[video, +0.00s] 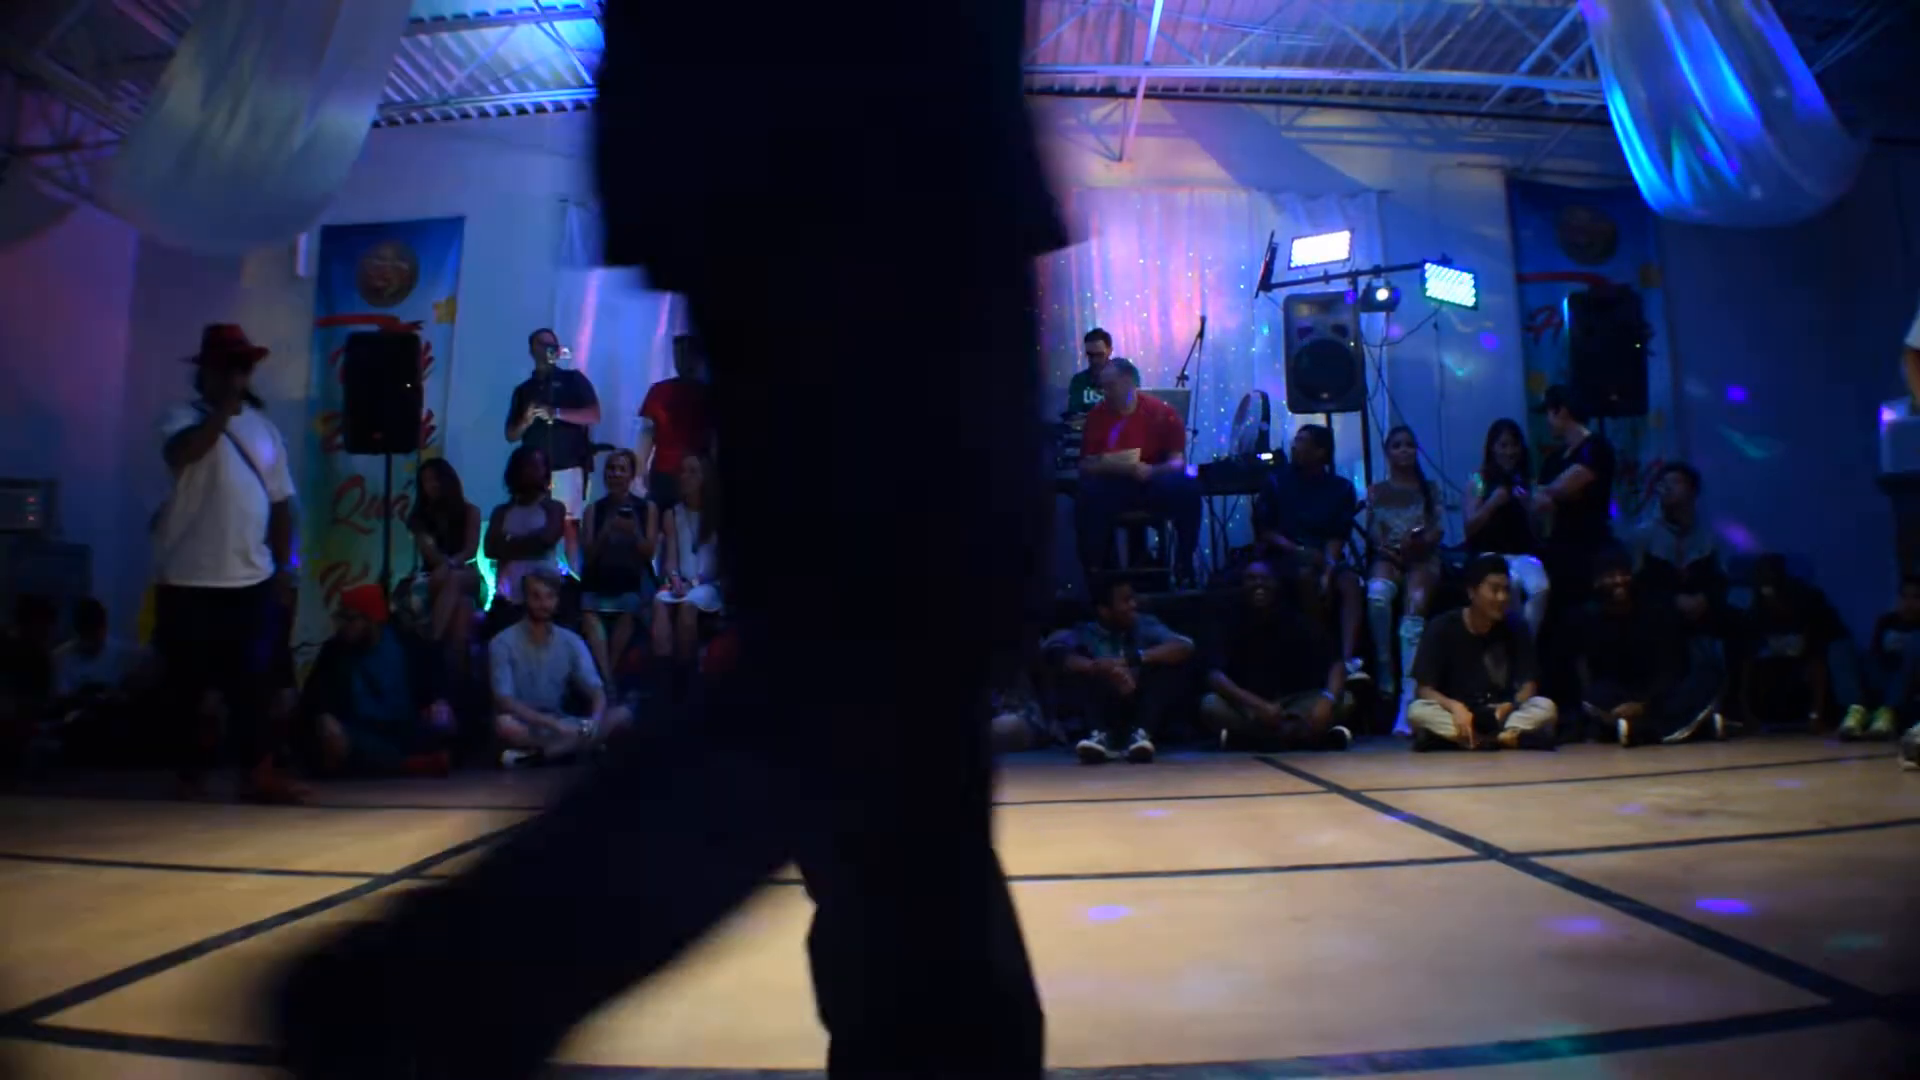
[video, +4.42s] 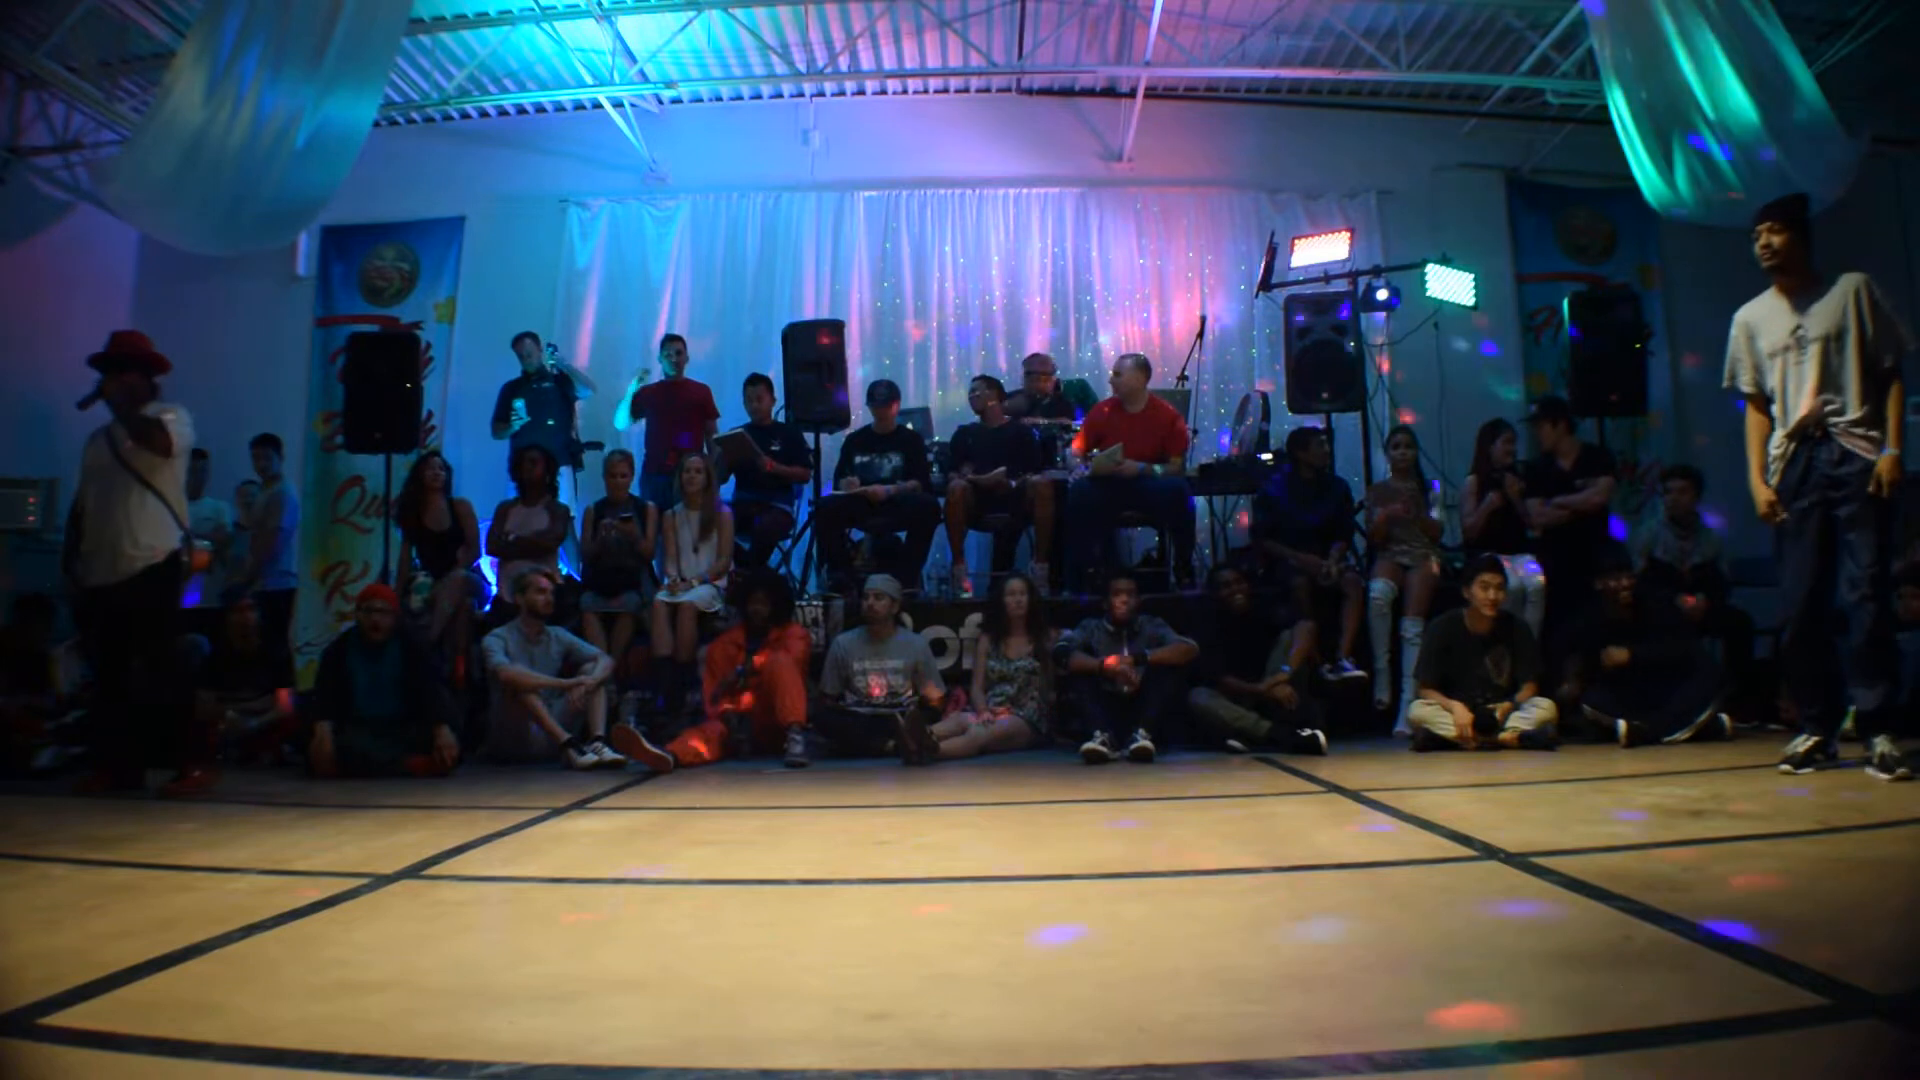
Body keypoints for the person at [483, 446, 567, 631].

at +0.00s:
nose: (534, 472)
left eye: (538, 466)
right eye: (528, 466)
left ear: (546, 472)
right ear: (515, 471)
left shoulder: (553, 508)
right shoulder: (501, 511)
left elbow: (548, 541)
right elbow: (490, 549)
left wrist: (506, 547)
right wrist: (535, 544)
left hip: (543, 597)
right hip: (507, 593)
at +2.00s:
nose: (530, 466)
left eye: (536, 461)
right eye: (525, 461)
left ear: (548, 473)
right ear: (518, 470)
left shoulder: (558, 509)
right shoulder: (505, 508)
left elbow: (550, 543)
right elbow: (492, 547)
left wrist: (512, 541)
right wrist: (535, 549)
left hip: (545, 591)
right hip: (508, 590)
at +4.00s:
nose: (528, 468)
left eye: (534, 462)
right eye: (523, 462)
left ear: (547, 471)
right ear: (516, 469)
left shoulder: (557, 509)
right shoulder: (504, 508)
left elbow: (555, 538)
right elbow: (491, 546)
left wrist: (512, 541)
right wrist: (535, 548)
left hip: (544, 595)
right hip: (507, 594)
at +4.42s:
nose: (529, 468)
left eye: (535, 463)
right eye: (525, 463)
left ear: (547, 471)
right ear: (517, 469)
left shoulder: (558, 510)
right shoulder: (505, 508)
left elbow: (554, 540)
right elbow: (492, 547)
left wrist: (513, 541)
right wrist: (535, 550)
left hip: (544, 592)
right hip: (508, 592)